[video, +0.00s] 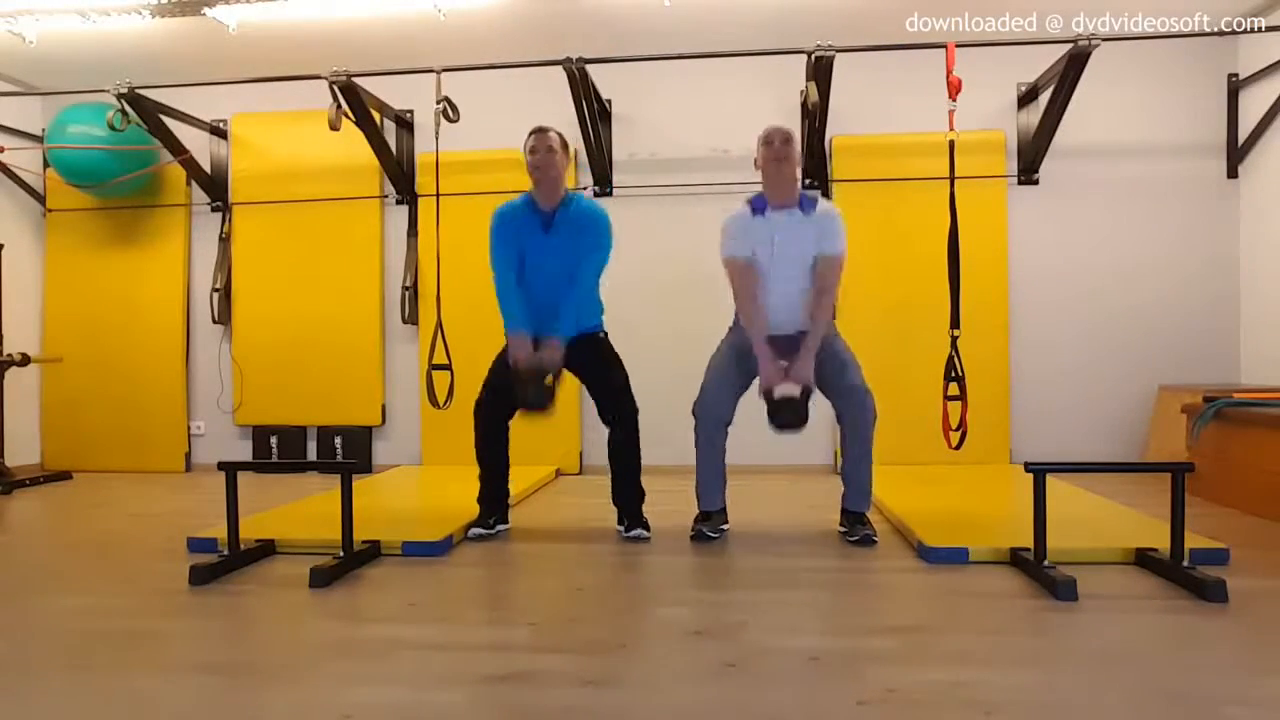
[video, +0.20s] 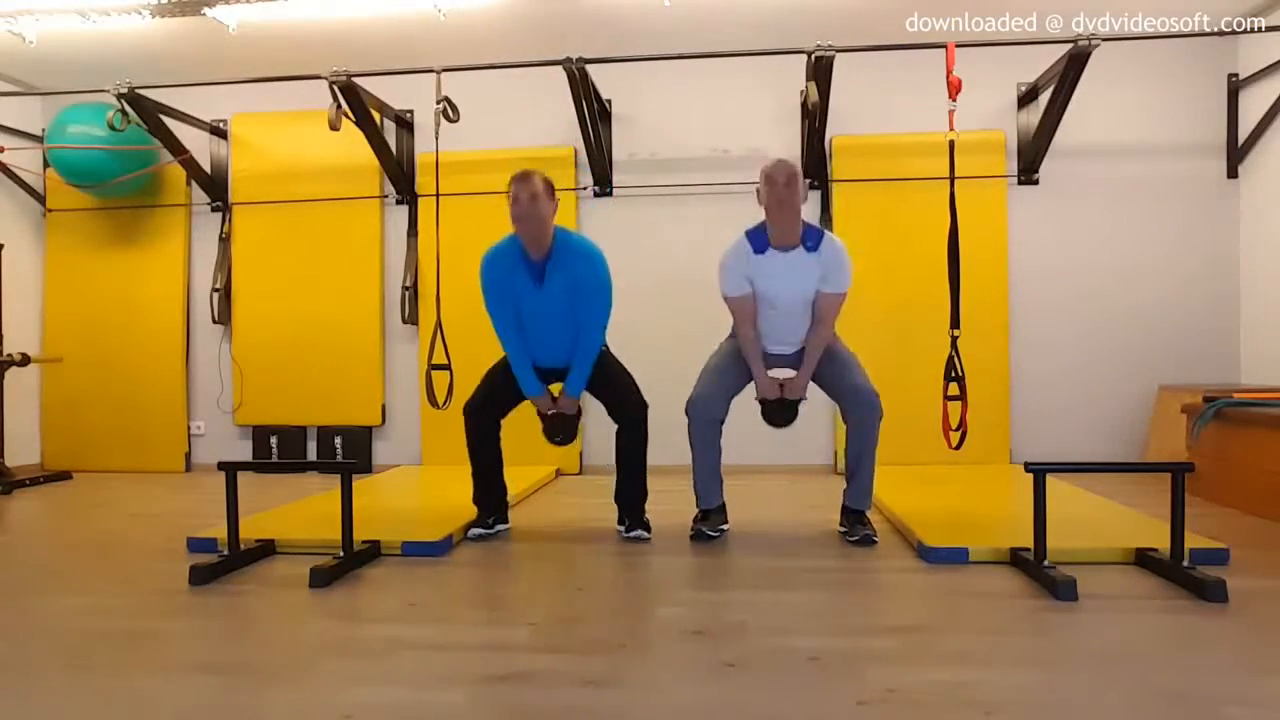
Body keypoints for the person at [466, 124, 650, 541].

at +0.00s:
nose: (543, 156)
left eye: (551, 150)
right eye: (536, 151)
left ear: (567, 161)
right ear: (525, 164)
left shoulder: (593, 218)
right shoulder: (507, 217)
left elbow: (585, 284)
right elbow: (505, 281)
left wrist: (560, 338)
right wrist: (517, 335)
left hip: (581, 335)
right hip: (525, 336)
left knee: (622, 410)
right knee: (489, 411)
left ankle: (631, 514)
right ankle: (493, 512)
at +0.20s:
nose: (520, 207)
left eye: (530, 199)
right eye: (514, 199)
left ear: (552, 205)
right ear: (508, 208)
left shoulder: (587, 258)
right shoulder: (496, 263)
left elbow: (591, 335)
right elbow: (511, 339)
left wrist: (571, 394)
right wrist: (542, 400)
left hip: (584, 359)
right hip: (527, 362)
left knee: (633, 412)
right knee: (478, 413)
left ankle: (632, 515)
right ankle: (493, 514)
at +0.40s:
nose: (522, 221)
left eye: (532, 212)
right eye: (514, 214)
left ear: (551, 217)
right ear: (507, 221)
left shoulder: (584, 266)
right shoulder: (493, 270)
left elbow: (588, 339)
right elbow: (506, 341)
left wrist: (568, 395)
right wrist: (532, 394)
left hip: (581, 363)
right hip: (523, 365)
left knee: (624, 413)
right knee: (472, 413)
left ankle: (631, 515)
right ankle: (491, 514)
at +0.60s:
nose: (529, 145)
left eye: (539, 138)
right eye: (522, 139)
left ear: (556, 149)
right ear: (514, 151)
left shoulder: (585, 209)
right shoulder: (496, 211)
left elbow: (580, 282)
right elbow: (500, 282)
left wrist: (559, 342)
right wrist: (517, 341)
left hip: (574, 329)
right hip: (518, 330)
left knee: (610, 412)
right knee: (484, 411)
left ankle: (630, 515)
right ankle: (491, 513)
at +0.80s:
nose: (538, 135)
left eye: (547, 129)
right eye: (532, 130)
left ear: (565, 141)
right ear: (523, 142)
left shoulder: (586, 183)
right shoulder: (505, 184)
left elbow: (569, 204)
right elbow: (495, 211)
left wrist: (521, 221)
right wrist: (506, 226)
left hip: (568, 316)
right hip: (516, 314)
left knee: (598, 417)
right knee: (499, 416)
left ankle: (628, 515)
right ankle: (491, 514)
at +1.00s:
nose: (543, 136)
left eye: (550, 129)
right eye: (536, 133)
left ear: (565, 136)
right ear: (527, 141)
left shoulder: (589, 178)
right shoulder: (515, 181)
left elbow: (556, 150)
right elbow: (489, 182)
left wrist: (540, 129)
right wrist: (494, 140)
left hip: (571, 312)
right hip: (519, 310)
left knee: (598, 414)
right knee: (505, 414)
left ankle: (629, 516)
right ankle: (493, 514)